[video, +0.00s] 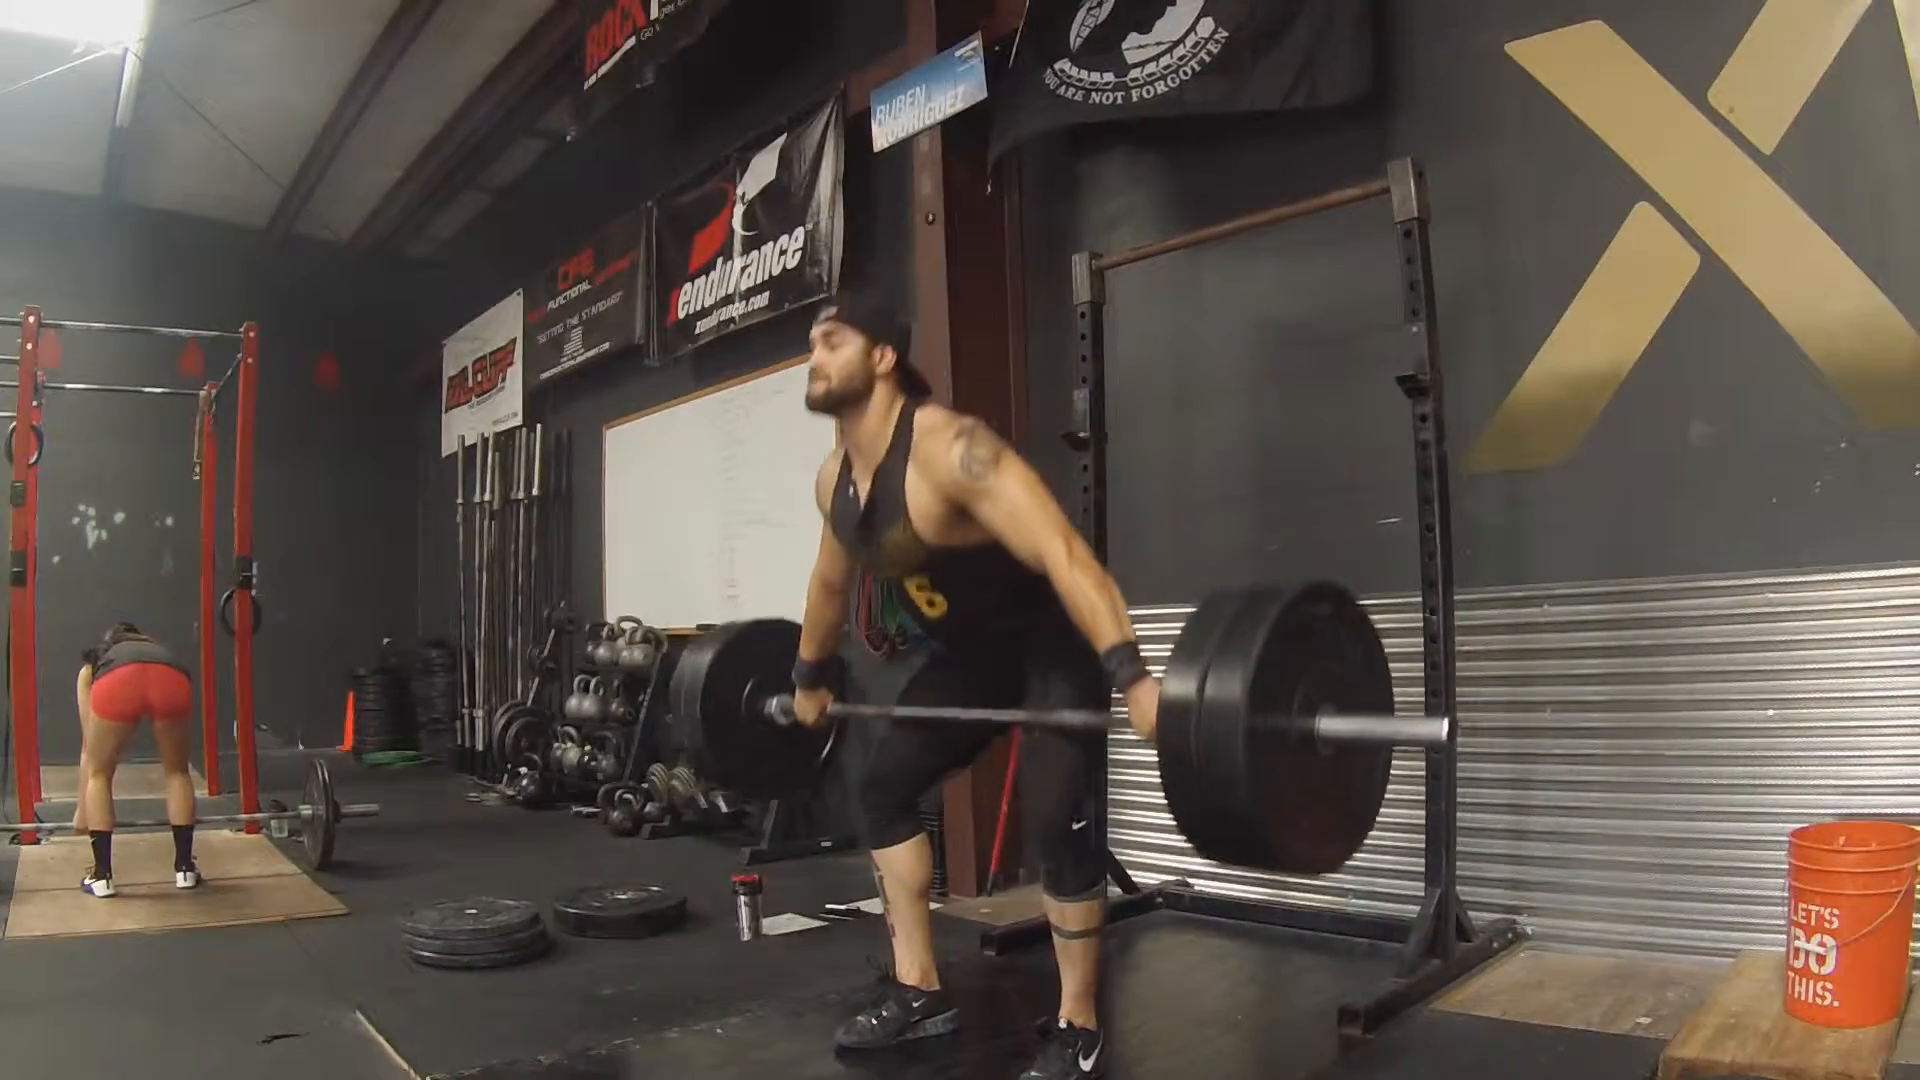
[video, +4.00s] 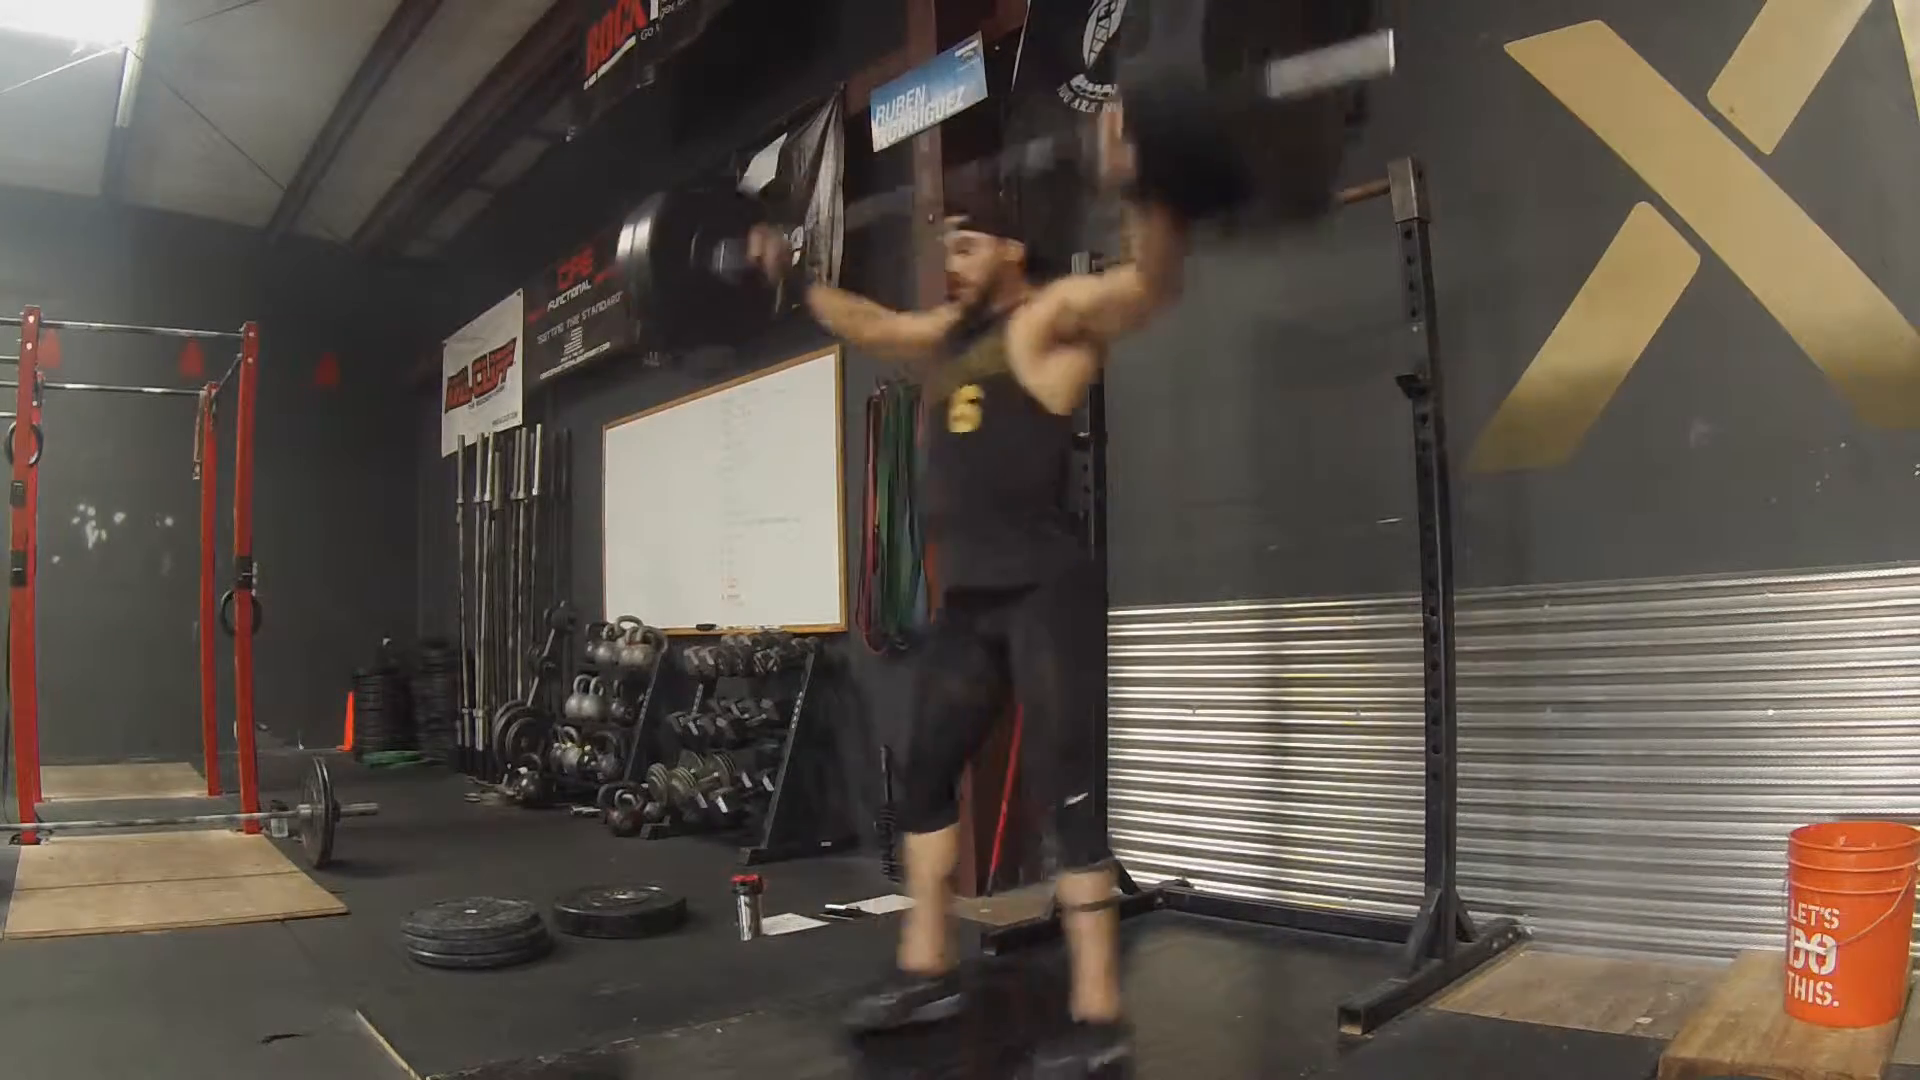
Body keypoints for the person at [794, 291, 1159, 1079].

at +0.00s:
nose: (812, 359)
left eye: (831, 344)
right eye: (811, 348)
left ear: (883, 360)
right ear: (821, 371)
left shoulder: (955, 447)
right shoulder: (839, 476)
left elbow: (1064, 553)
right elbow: (829, 586)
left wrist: (1131, 675)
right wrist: (809, 678)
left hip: (1053, 641)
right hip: (967, 649)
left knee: (1062, 821)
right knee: (885, 783)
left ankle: (1079, 1026)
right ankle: (918, 991)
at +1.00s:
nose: (857, 295)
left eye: (879, 284)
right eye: (857, 287)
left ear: (922, 312)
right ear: (855, 323)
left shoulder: (972, 401)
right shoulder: (857, 430)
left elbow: (1073, 492)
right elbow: (827, 533)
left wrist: (1112, 610)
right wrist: (791, 624)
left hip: (1017, 659)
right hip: (920, 663)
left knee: (1016, 855)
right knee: (843, 805)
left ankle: (1069, 1025)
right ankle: (915, 992)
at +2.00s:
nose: (787, 624)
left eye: (803, 605)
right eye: (784, 609)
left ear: (858, 610)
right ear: (780, 618)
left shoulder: (923, 659)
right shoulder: (826, 676)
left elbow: (990, 581)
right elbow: (761, 594)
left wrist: (1076, 467)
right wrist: (748, 523)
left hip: (989, 882)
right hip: (888, 881)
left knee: (933, 915)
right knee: (752, 874)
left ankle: (1052, 1036)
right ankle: (896, 993)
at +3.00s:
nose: (775, 401)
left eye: (787, 381)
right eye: (766, 387)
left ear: (842, 369)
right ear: (769, 392)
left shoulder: (921, 413)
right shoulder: (811, 446)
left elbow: (1008, 325)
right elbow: (752, 379)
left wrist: (1101, 210)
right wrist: (750, 309)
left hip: (1011, 657)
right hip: (919, 676)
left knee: (987, 841)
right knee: (813, 813)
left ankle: (1055, 1031)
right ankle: (895, 993)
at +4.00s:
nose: (953, 255)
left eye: (968, 241)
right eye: (947, 244)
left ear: (1016, 250)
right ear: (953, 260)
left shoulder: (1056, 311)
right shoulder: (947, 332)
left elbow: (1149, 285)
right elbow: (868, 324)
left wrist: (1142, 185)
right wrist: (792, 273)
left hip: (1051, 596)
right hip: (965, 603)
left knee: (1068, 794)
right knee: (923, 774)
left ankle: (1098, 1017)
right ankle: (926, 972)